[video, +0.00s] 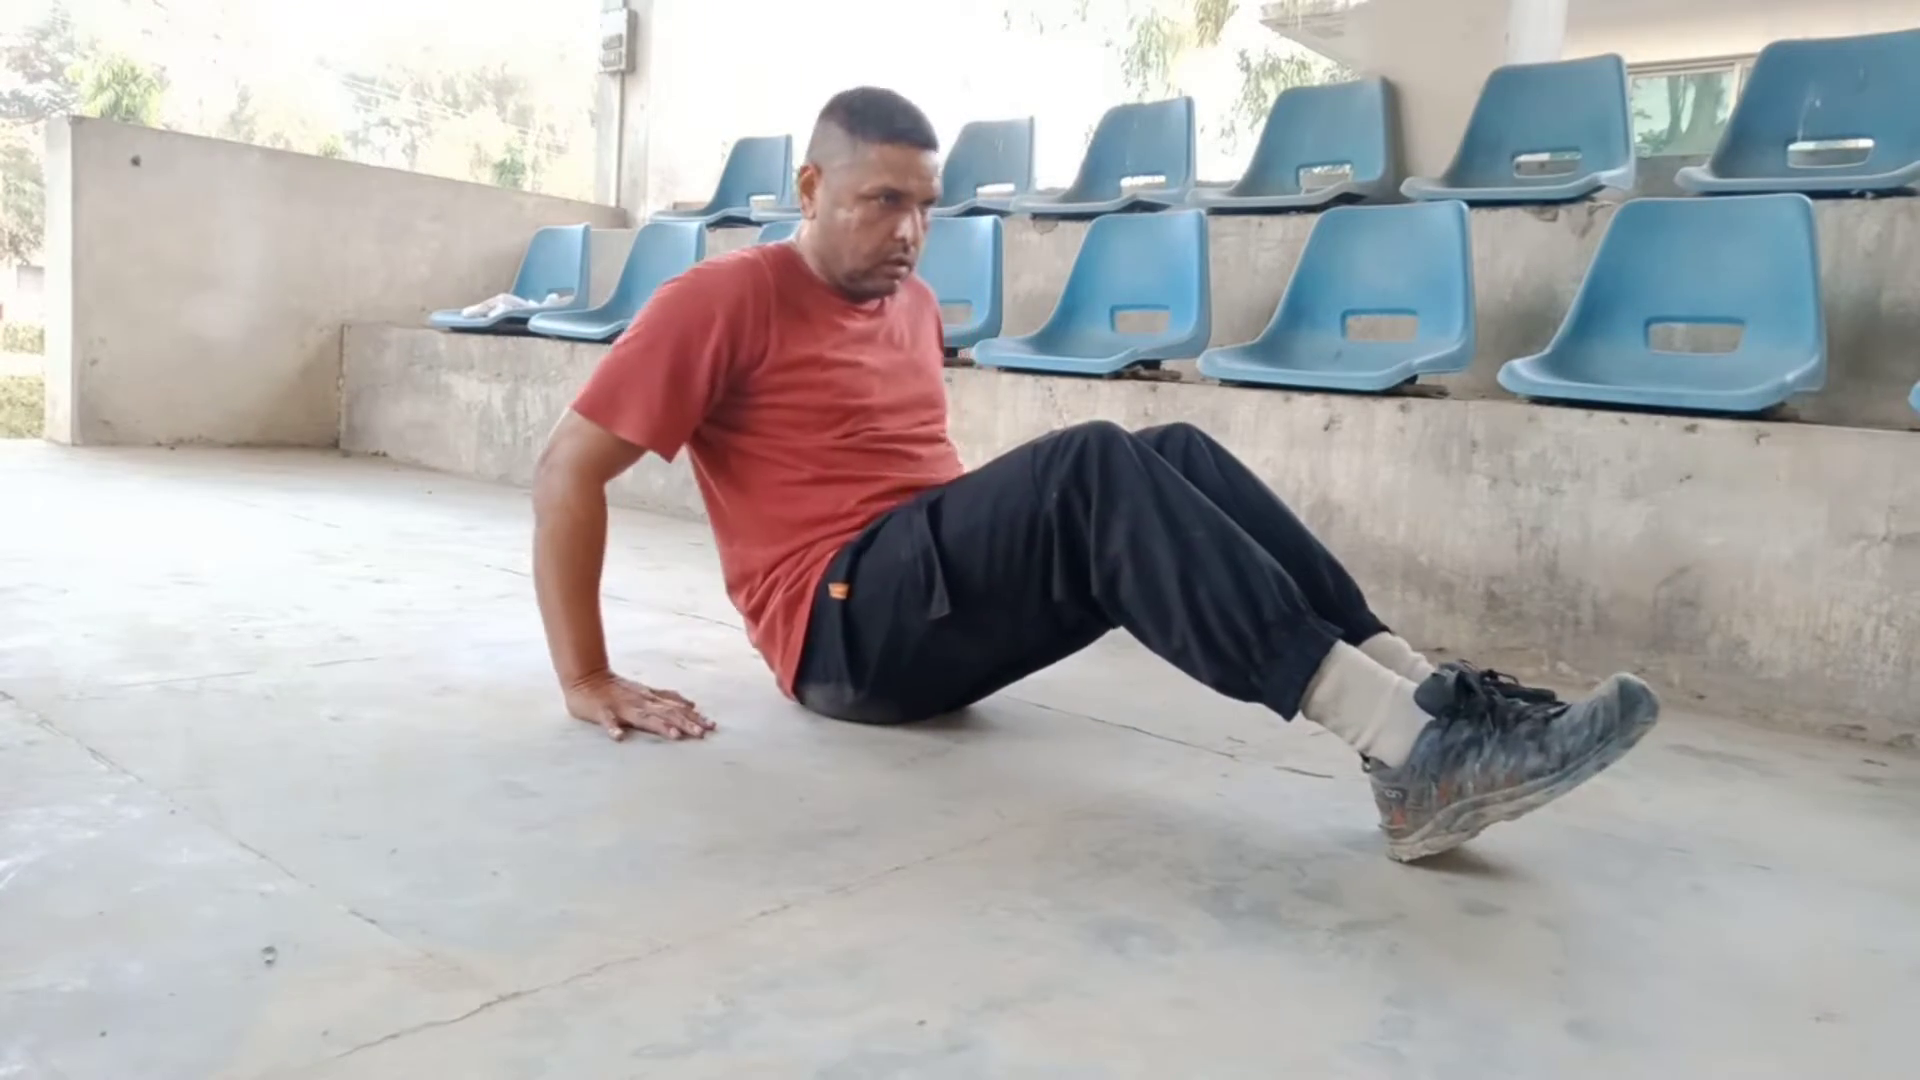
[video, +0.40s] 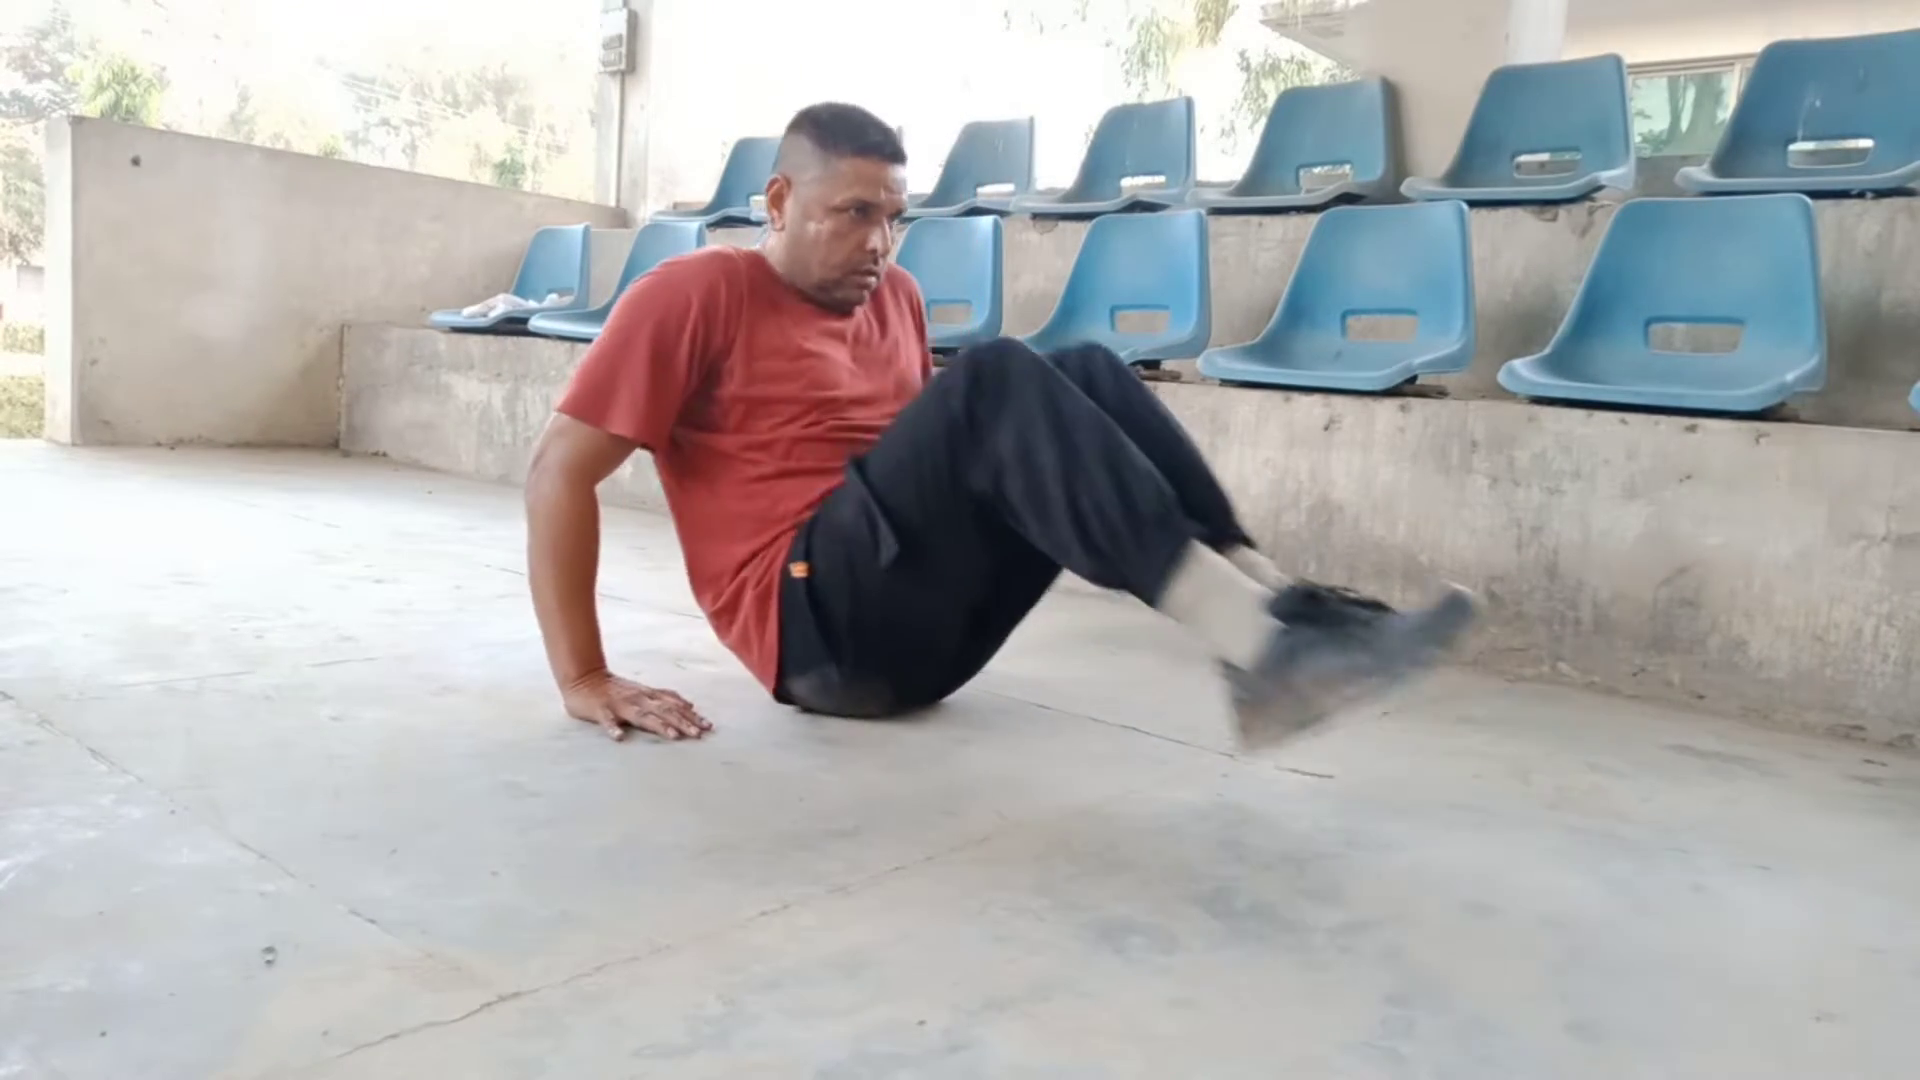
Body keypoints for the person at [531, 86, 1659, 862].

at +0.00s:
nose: (899, 231)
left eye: (917, 208)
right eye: (875, 204)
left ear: (924, 204)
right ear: (805, 189)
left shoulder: (911, 301)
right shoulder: (719, 300)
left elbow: (899, 460)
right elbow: (568, 468)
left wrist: (944, 618)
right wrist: (584, 679)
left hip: (931, 586)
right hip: (836, 609)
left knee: (1178, 453)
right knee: (1103, 469)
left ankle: (1433, 733)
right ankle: (1409, 740)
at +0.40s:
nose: (881, 241)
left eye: (893, 217)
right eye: (856, 214)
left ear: (900, 211)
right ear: (779, 203)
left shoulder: (894, 300)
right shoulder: (694, 297)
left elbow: (902, 450)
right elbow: (560, 471)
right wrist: (582, 678)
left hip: (915, 625)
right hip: (817, 629)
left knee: (1087, 369)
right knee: (996, 377)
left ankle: (1285, 618)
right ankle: (1246, 655)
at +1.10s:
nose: (789, 251)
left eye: (799, 229)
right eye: (760, 229)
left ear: (809, 234)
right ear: (689, 234)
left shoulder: (815, 319)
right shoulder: (631, 331)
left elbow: (850, 460)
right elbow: (495, 499)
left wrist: (908, 538)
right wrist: (577, 683)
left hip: (912, 565)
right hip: (825, 612)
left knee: (1173, 505)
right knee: (1123, 522)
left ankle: (1515, 634)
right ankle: (1494, 639)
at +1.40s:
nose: (811, 264)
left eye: (823, 240)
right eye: (787, 237)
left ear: (830, 234)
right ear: (715, 223)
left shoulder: (837, 320)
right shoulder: (644, 323)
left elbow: (872, 472)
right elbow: (507, 494)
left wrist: (943, 548)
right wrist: (575, 682)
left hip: (908, 572)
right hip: (787, 609)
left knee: (1170, 518)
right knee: (885, 526)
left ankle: (1517, 548)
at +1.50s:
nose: (813, 263)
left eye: (825, 240)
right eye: (788, 237)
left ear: (831, 229)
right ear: (716, 219)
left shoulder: (840, 315)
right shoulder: (643, 317)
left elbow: (879, 451)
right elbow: (508, 487)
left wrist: (962, 543)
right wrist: (576, 679)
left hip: (913, 559)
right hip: (780, 593)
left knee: (1158, 518)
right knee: (859, 520)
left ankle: (1487, 564)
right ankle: (982, 660)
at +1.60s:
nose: (813, 264)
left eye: (825, 240)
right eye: (788, 236)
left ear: (832, 229)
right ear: (715, 217)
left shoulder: (834, 316)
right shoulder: (637, 316)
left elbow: (872, 457)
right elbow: (509, 490)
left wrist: (953, 550)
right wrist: (577, 681)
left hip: (907, 590)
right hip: (779, 619)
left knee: (1147, 499)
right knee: (890, 486)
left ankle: (1499, 586)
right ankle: (1129, 653)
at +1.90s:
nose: (813, 250)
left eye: (821, 226)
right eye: (786, 225)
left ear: (822, 228)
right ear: (708, 224)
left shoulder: (827, 318)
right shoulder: (642, 318)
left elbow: (855, 464)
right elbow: (510, 494)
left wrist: (907, 569)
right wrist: (576, 683)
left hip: (900, 600)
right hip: (808, 622)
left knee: (1127, 437)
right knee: (1056, 453)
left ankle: (1450, 582)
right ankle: (1430, 616)